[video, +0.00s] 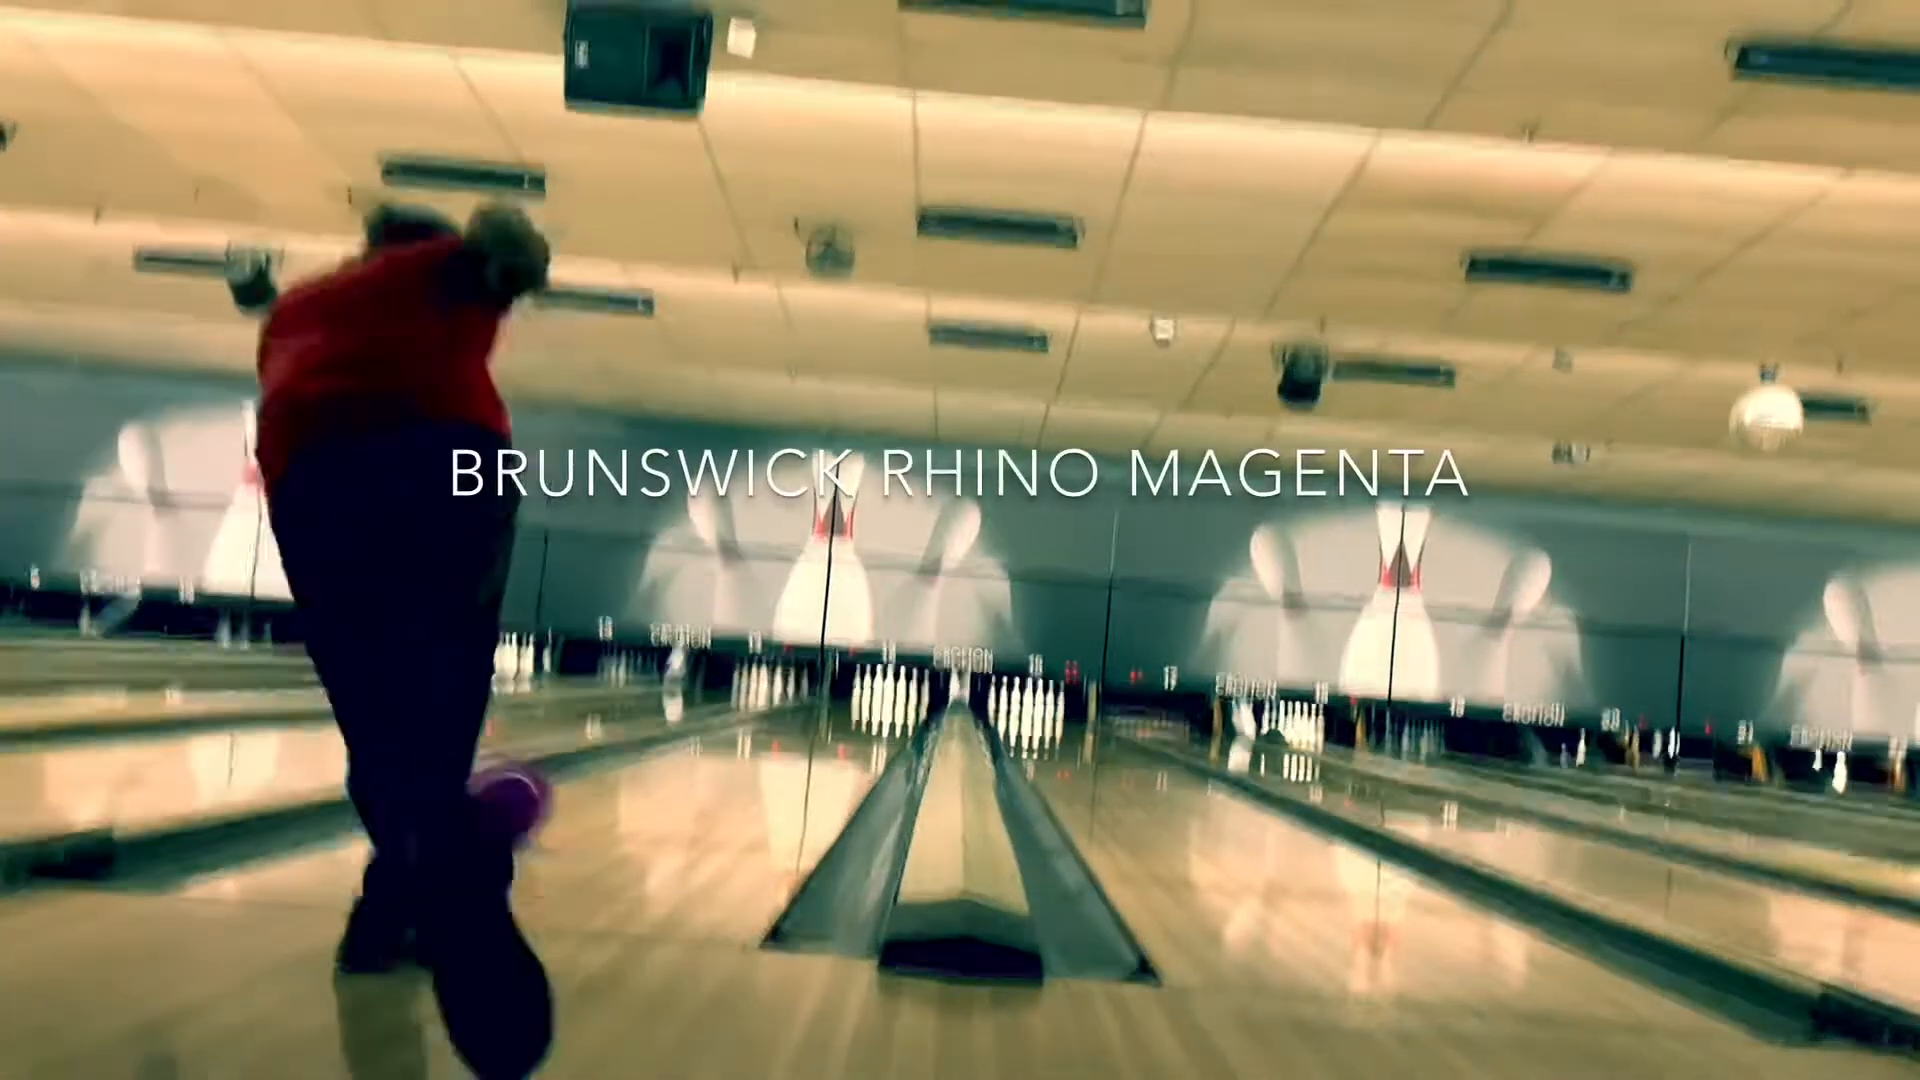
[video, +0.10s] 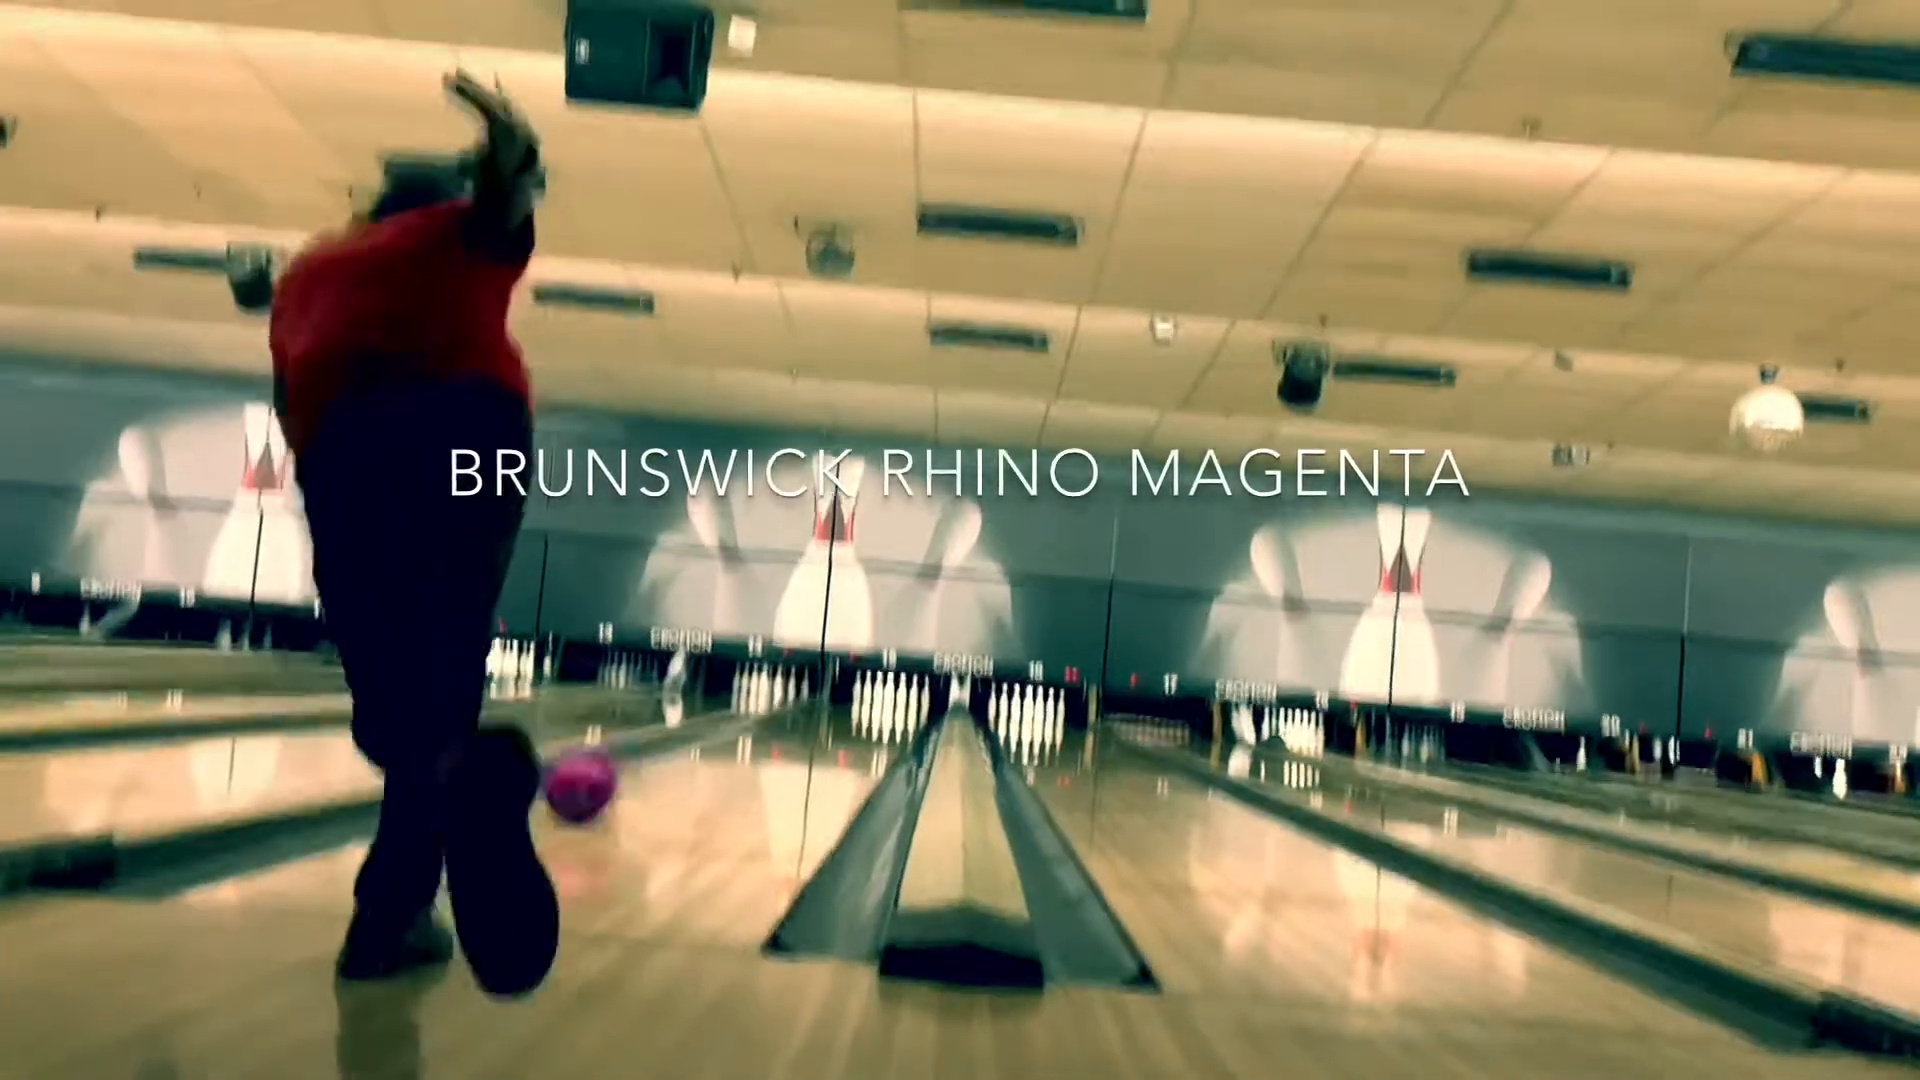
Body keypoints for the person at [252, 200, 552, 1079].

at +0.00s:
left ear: (370, 245)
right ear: (442, 242)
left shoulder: (302, 298)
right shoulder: (448, 258)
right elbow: (518, 250)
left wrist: (258, 294)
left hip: (313, 472)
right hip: (447, 452)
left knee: (369, 700)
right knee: (445, 677)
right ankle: (387, 903)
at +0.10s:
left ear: (377, 203)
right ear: (455, 203)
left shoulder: (311, 267)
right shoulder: (463, 237)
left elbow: (257, 291)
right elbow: (509, 191)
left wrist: (258, 283)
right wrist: (509, 144)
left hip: (348, 433)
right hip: (469, 415)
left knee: (375, 684)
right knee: (445, 667)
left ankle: (468, 784)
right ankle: (386, 926)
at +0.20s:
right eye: (464, 185)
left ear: (374, 178)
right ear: (456, 177)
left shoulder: (312, 228)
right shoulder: (474, 197)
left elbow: (285, 370)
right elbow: (523, 195)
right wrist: (525, 152)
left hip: (363, 389)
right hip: (487, 381)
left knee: (374, 663)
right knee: (444, 661)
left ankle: (479, 706)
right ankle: (387, 918)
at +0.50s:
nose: (446, 138)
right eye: (444, 125)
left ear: (347, 117)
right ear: (437, 125)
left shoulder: (289, 168)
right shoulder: (469, 167)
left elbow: (227, 329)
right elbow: (553, 186)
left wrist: (163, 469)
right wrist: (565, 298)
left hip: (339, 383)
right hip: (462, 383)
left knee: (296, 615)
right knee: (433, 638)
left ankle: (338, 753)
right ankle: (389, 913)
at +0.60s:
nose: (430, 117)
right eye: (426, 103)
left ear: (324, 86)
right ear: (415, 102)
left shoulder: (272, 141)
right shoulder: (453, 153)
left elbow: (204, 292)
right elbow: (540, 189)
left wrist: (130, 431)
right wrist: (553, 313)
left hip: (312, 387)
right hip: (445, 388)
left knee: (246, 611)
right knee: (422, 648)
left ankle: (228, 847)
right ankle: (390, 911)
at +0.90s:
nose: (344, 49)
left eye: (334, 39)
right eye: (343, 37)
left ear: (239, 34)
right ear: (333, 38)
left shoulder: (168, 110)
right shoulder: (365, 106)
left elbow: (111, 266)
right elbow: (413, 182)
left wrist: (79, 405)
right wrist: (410, 339)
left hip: (188, 398)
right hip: (323, 397)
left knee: (135, 632)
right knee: (357, 645)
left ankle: (83, 890)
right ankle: (368, 901)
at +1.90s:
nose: (416, 19)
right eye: (418, 12)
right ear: (408, 6)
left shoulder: (227, 68)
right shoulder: (432, 83)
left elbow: (170, 237)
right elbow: (444, 204)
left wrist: (223, 338)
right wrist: (441, 353)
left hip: (221, 376)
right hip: (350, 387)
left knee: (157, 624)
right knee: (315, 655)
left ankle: (84, 889)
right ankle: (249, 909)